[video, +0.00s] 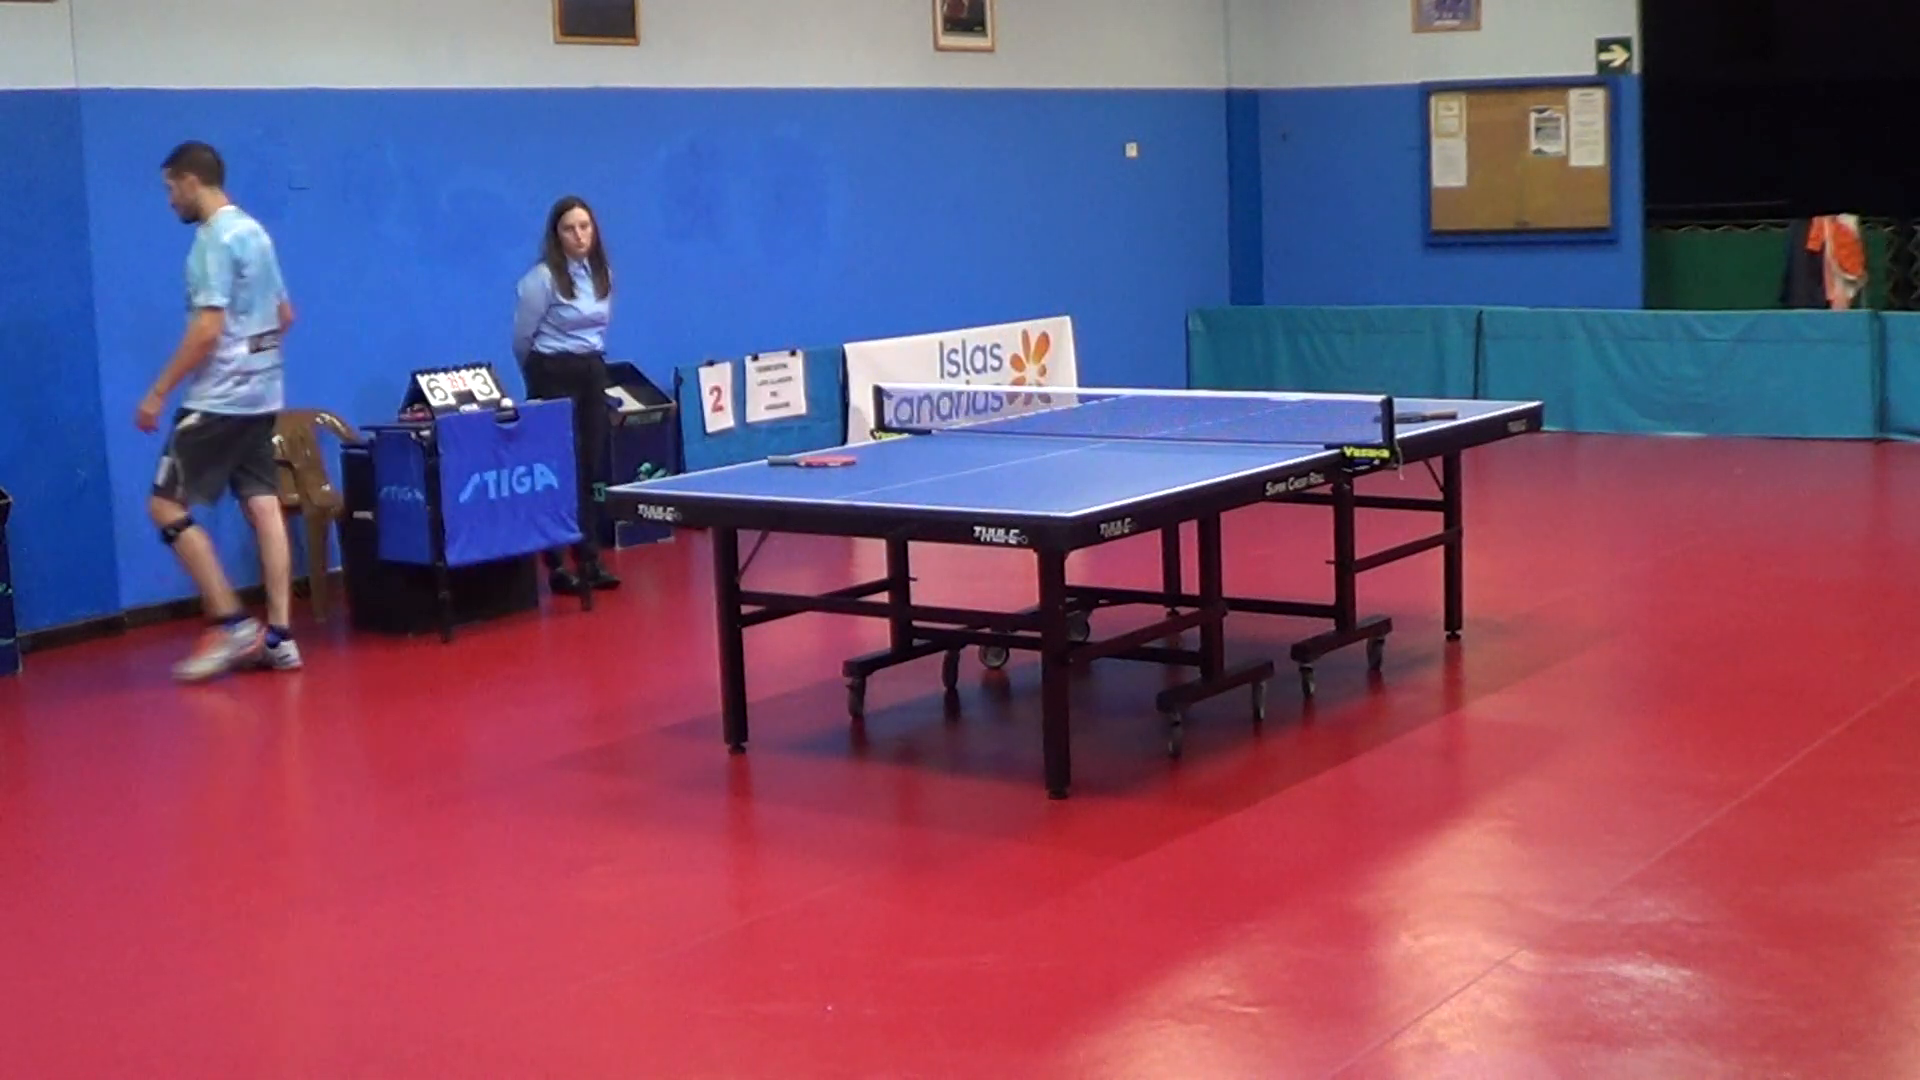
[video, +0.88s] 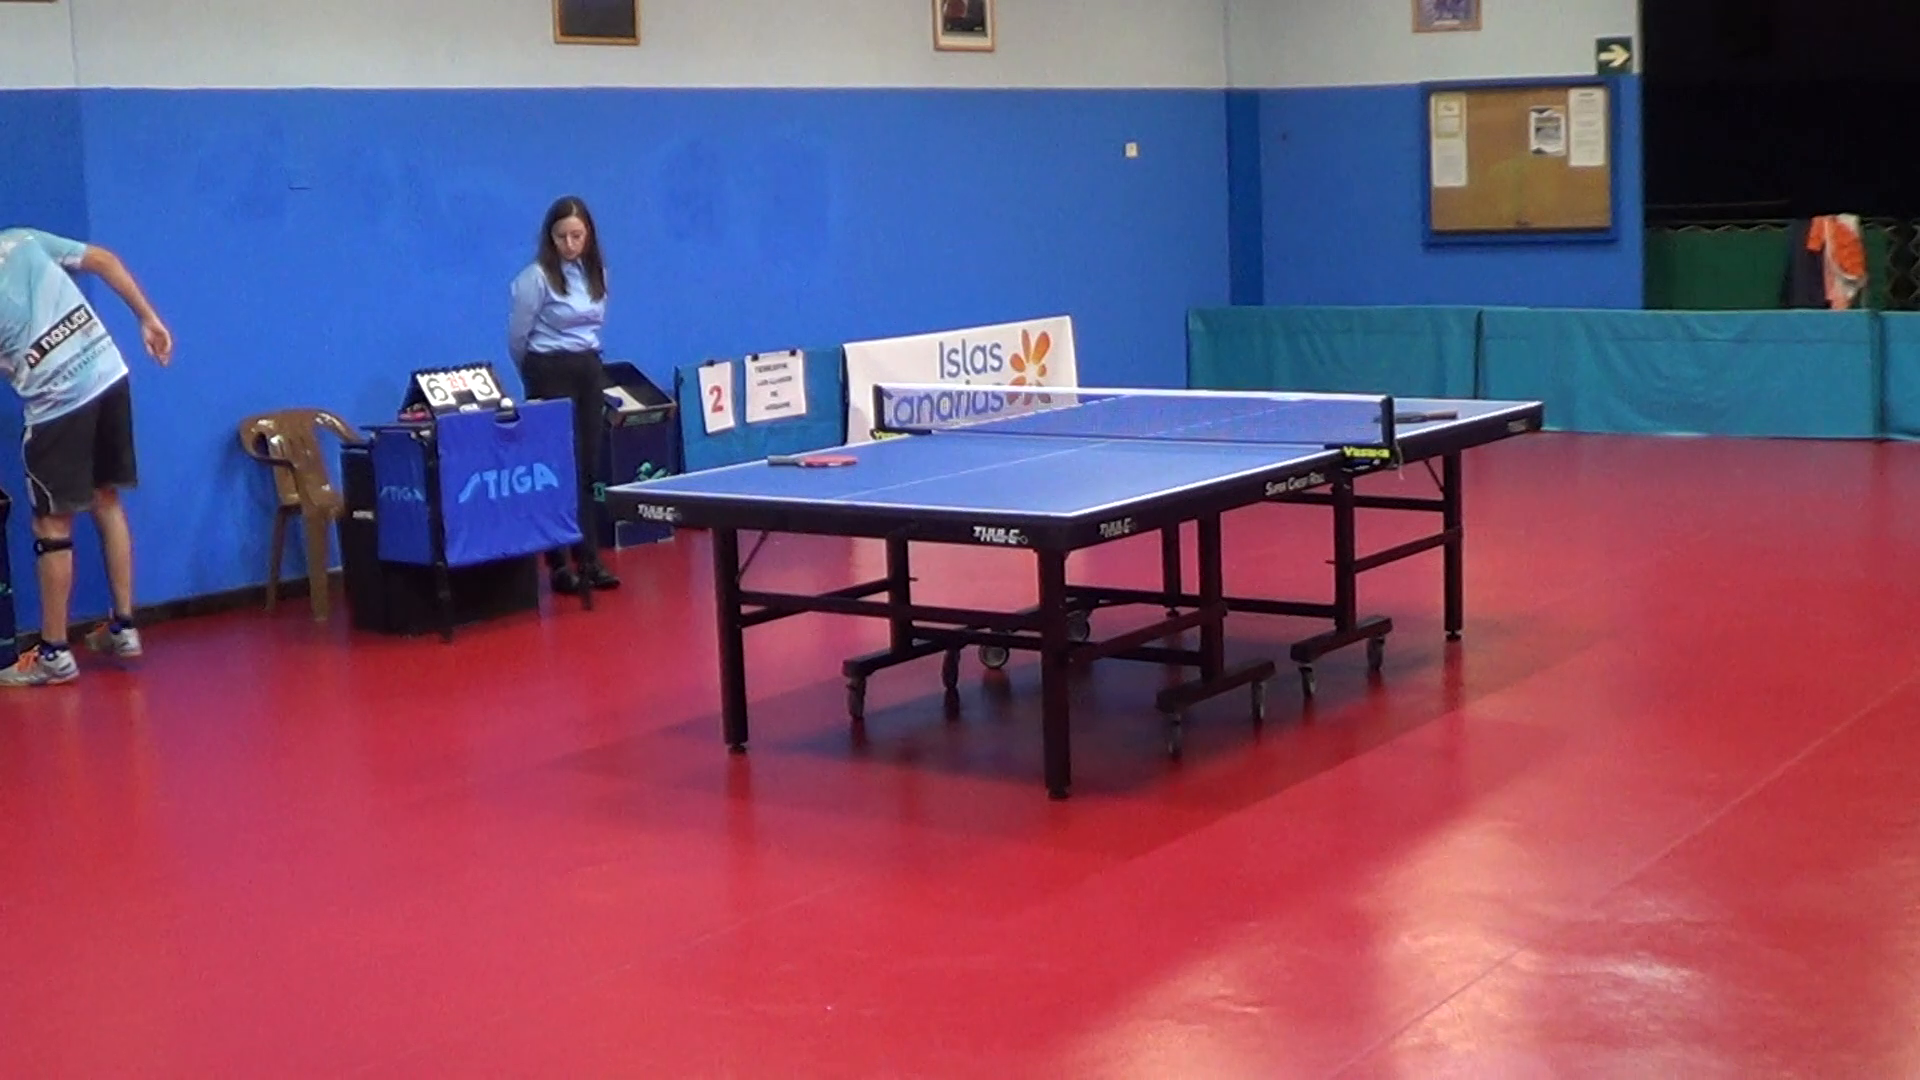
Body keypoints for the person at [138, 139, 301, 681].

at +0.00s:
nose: (169, 199)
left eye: (171, 187)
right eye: (168, 188)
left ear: (192, 183)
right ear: (210, 181)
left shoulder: (214, 239)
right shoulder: (254, 231)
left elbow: (208, 329)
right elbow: (283, 316)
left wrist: (158, 393)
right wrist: (234, 352)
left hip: (220, 401)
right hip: (262, 400)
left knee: (166, 506)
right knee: (265, 506)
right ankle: (280, 634)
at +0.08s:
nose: (140, 205)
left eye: (141, 194)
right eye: (138, 195)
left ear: (161, 188)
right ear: (181, 186)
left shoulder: (184, 243)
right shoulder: (228, 234)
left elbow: (177, 333)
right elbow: (261, 315)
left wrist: (127, 398)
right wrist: (211, 348)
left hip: (195, 406)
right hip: (241, 404)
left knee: (147, 511)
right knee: (254, 507)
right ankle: (278, 637)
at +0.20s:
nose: (91, 218)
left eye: (93, 207)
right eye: (90, 208)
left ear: (112, 203)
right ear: (133, 200)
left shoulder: (128, 258)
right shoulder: (186, 244)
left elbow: (122, 349)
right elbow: (229, 317)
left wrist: (81, 411)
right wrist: (190, 358)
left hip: (155, 420)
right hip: (210, 413)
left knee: (115, 527)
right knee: (235, 515)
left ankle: (73, 646)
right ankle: (276, 637)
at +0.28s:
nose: (55, 229)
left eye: (55, 218)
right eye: (53, 219)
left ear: (74, 213)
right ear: (96, 209)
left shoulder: (89, 270)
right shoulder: (154, 251)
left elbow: (83, 364)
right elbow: (205, 320)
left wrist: (51, 424)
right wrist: (182, 374)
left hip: (124, 424)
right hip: (181, 414)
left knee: (81, 528)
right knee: (209, 517)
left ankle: (57, 652)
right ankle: (271, 636)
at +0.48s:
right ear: (16, 216)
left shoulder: (8, 276)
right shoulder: (83, 242)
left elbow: (6, 376)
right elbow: (155, 291)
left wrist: (4, 440)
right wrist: (175, 360)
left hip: (76, 414)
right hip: (138, 398)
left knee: (51, 524)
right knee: (147, 502)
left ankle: (55, 652)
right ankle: (226, 603)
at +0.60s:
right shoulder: (49, 240)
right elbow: (129, 274)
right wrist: (167, 341)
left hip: (64, 409)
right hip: (123, 388)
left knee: (49, 524)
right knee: (131, 495)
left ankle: (54, 651)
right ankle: (190, 614)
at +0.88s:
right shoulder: (20, 241)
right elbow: (101, 258)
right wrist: (148, 315)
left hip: (55, 403)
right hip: (109, 377)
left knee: (52, 525)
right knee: (107, 500)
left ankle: (54, 651)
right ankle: (125, 626)